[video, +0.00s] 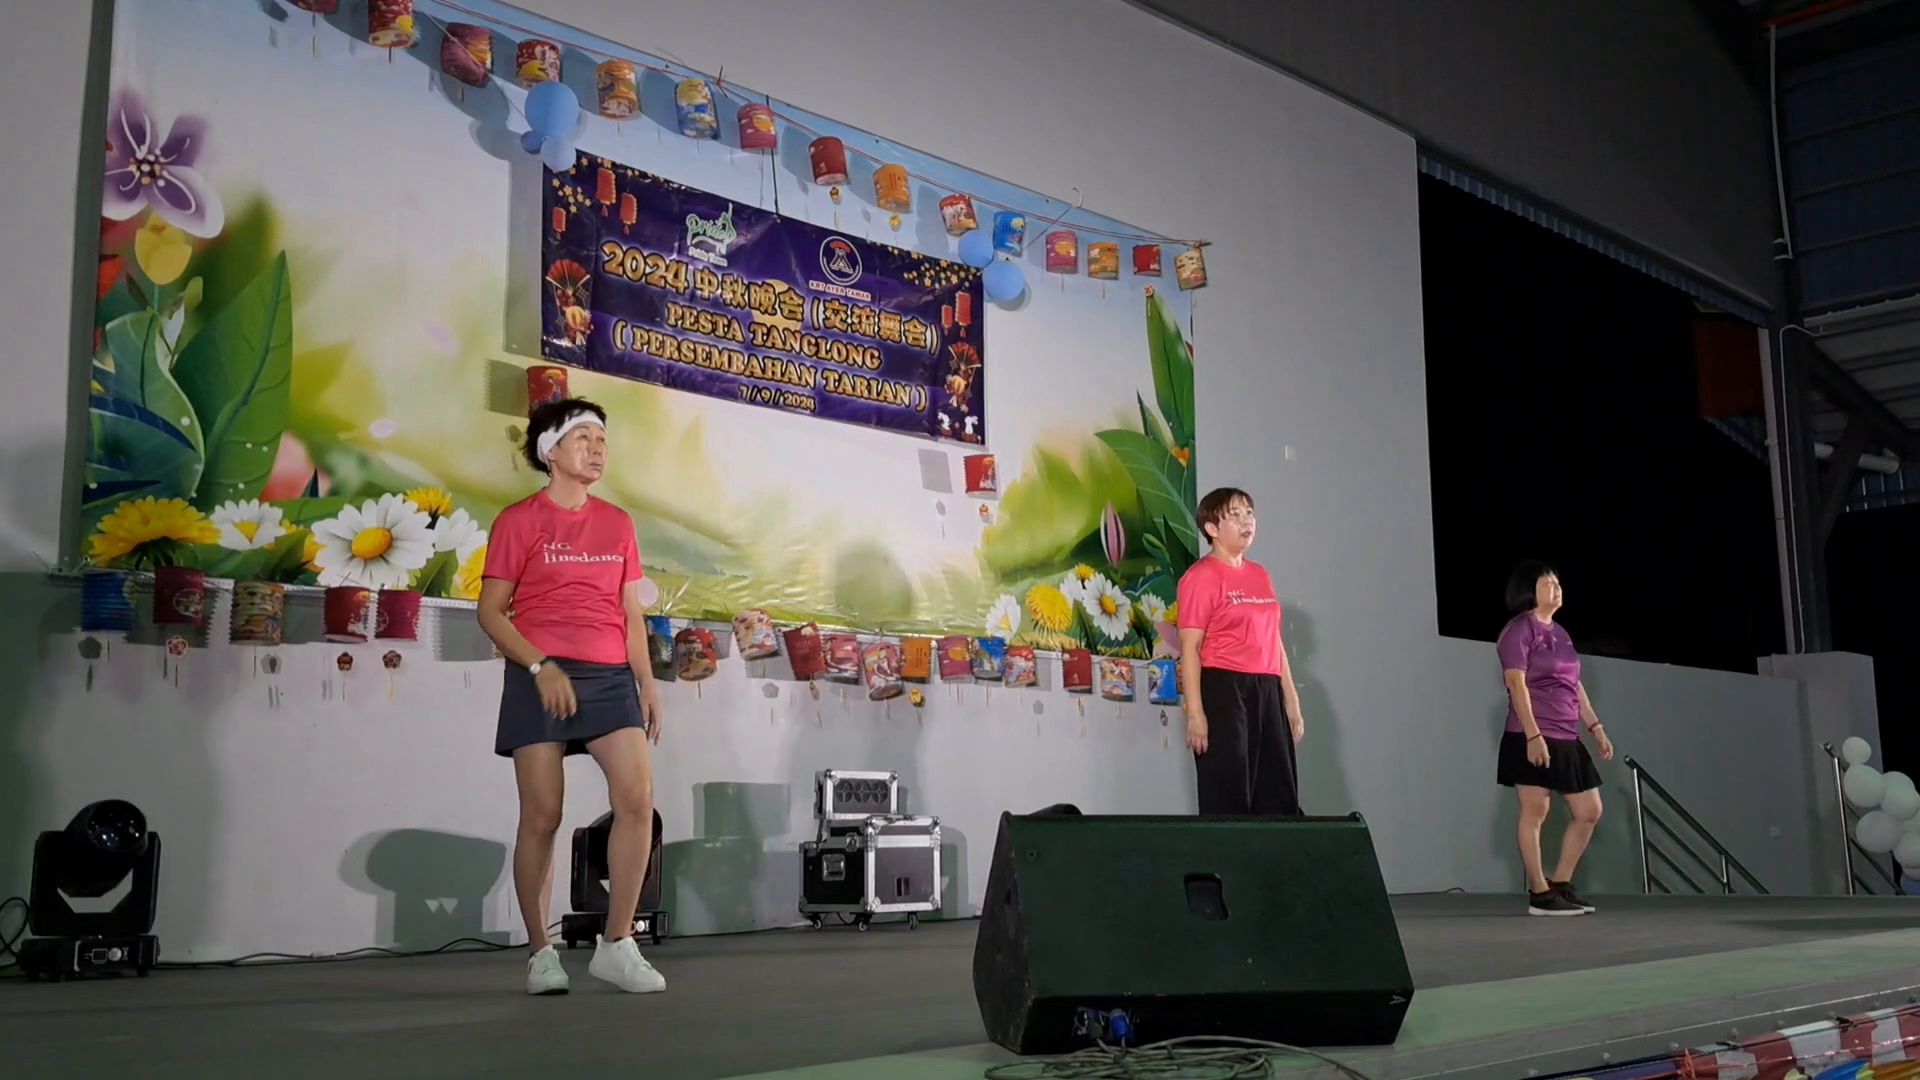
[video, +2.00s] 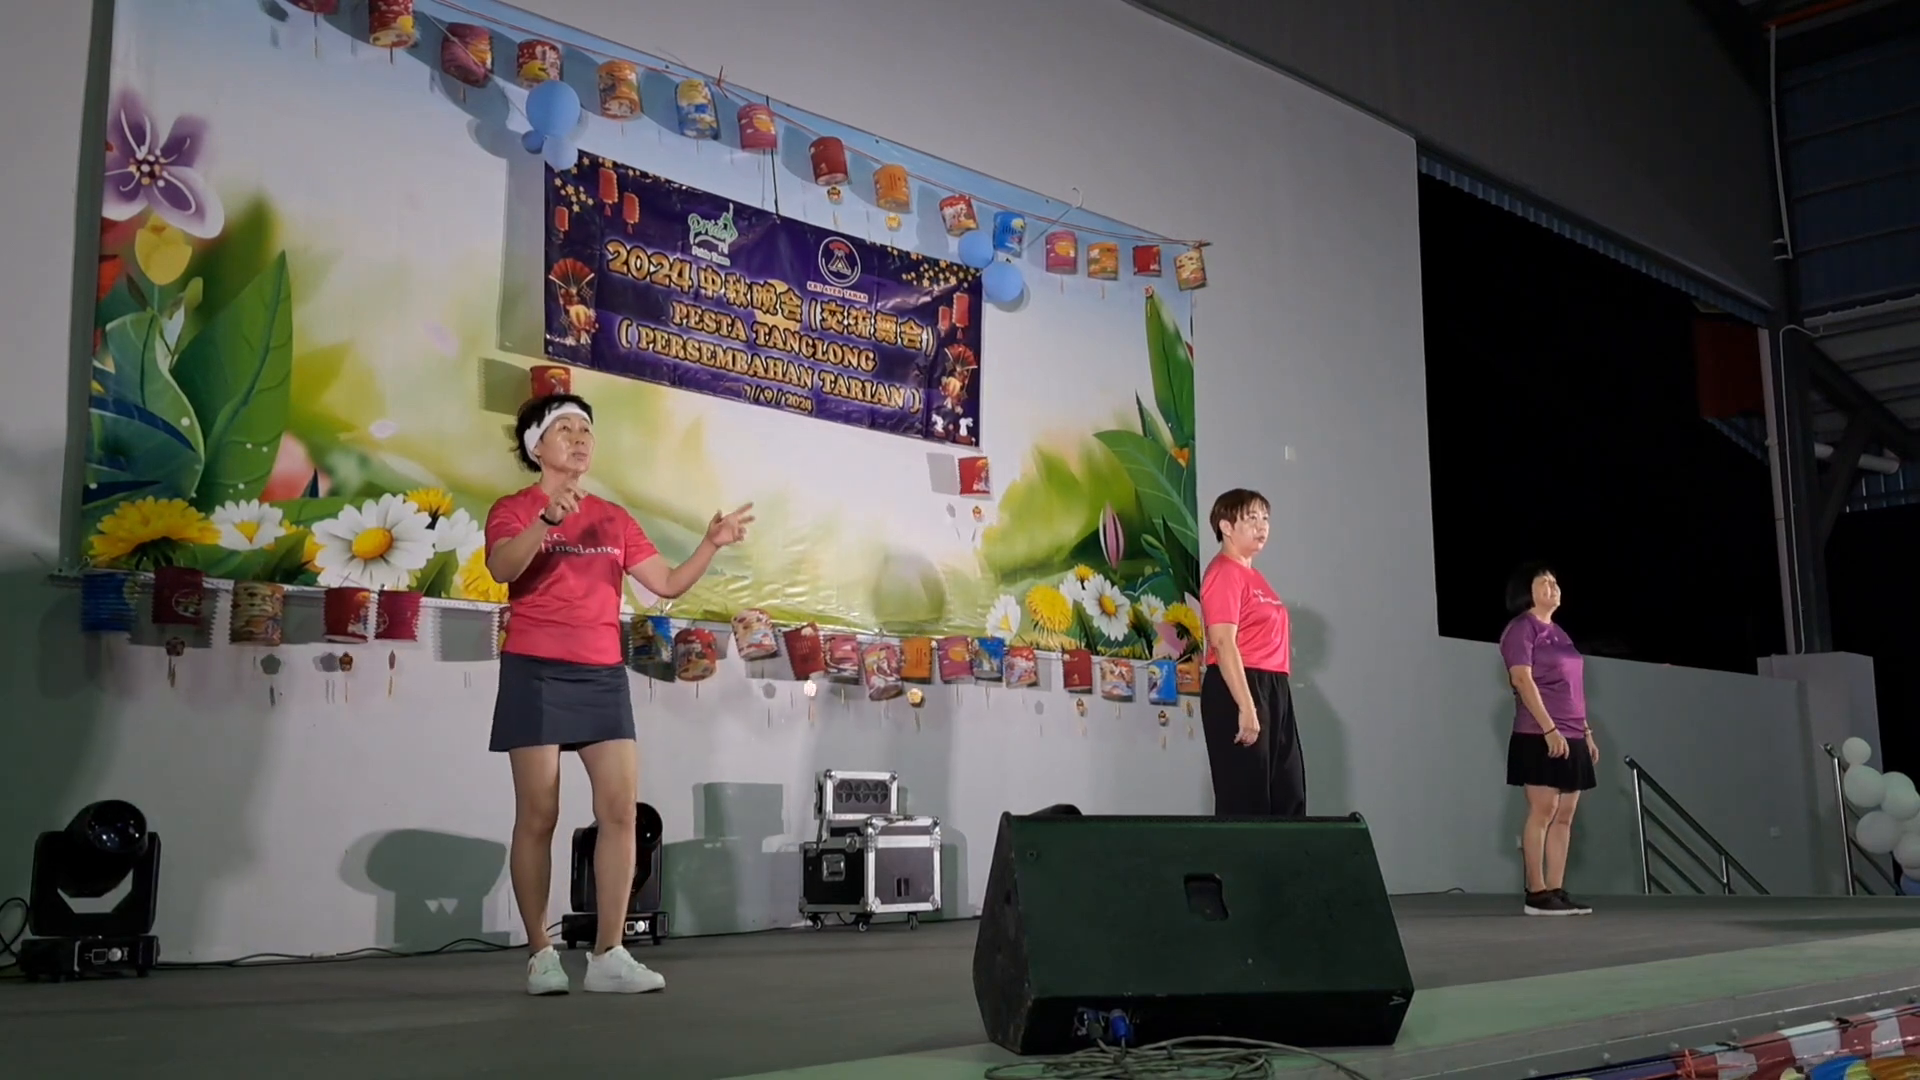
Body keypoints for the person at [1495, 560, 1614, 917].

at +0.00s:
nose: (1556, 589)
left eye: (1557, 583)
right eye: (1548, 583)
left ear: (1558, 592)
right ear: (1530, 591)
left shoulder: (1562, 635)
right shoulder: (1518, 632)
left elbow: (1575, 687)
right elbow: (1516, 687)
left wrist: (1596, 728)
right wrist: (1533, 736)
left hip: (1567, 740)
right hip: (1529, 738)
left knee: (1589, 811)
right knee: (1534, 810)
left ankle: (1560, 886)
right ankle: (1540, 892)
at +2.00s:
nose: (1552, 588)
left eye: (1554, 583)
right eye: (1543, 583)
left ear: (1558, 592)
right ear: (1527, 592)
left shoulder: (1559, 633)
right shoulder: (1521, 628)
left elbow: (1570, 688)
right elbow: (1522, 681)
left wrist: (1586, 733)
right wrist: (1550, 729)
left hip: (1571, 737)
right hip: (1537, 735)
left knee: (1564, 814)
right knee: (1542, 810)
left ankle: (1555, 891)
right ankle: (1536, 892)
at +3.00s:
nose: (1540, 586)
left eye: (1546, 582)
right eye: (1532, 582)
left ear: (1555, 594)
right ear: (1519, 594)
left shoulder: (1570, 636)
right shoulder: (1504, 631)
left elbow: (1592, 679)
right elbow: (1494, 679)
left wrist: (1619, 722)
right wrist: (1510, 724)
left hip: (1559, 738)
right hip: (1518, 735)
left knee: (1564, 812)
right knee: (1528, 810)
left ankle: (1554, 892)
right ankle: (1521, 890)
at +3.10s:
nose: (1527, 588)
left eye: (1533, 583)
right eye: (1519, 584)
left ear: (1544, 593)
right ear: (1508, 595)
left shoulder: (1565, 634)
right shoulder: (1495, 633)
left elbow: (1592, 675)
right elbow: (1474, 677)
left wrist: (1616, 713)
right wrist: (1469, 712)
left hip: (1558, 738)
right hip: (1511, 737)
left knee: (1565, 813)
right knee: (1513, 813)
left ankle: (1553, 892)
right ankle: (1498, 882)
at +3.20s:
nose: (1511, 591)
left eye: (1517, 586)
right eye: (1504, 587)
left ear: (1529, 594)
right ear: (1494, 598)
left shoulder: (1553, 631)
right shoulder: (1482, 637)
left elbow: (1577, 669)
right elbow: (1453, 676)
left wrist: (1582, 701)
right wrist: (1426, 706)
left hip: (1552, 737)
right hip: (1503, 739)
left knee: (1571, 811)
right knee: (1498, 815)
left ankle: (1555, 890)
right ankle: (1494, 889)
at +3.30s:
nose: (1499, 597)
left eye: (1505, 591)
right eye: (1492, 592)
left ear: (1517, 597)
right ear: (1482, 601)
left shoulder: (1540, 633)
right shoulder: (1471, 642)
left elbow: (1558, 675)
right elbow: (1438, 679)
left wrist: (1535, 696)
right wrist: (1397, 707)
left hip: (1543, 740)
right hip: (1492, 743)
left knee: (1584, 803)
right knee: (1492, 817)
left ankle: (1569, 882)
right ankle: (1493, 892)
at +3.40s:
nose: (1492, 599)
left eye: (1498, 593)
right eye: (1484, 594)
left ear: (1509, 599)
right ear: (1475, 603)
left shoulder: (1528, 634)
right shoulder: (1466, 645)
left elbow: (1539, 681)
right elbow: (1436, 681)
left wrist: (1491, 703)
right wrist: (1394, 708)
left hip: (1536, 741)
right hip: (1486, 744)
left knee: (1576, 807)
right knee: (1488, 816)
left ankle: (1597, 887)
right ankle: (1493, 892)